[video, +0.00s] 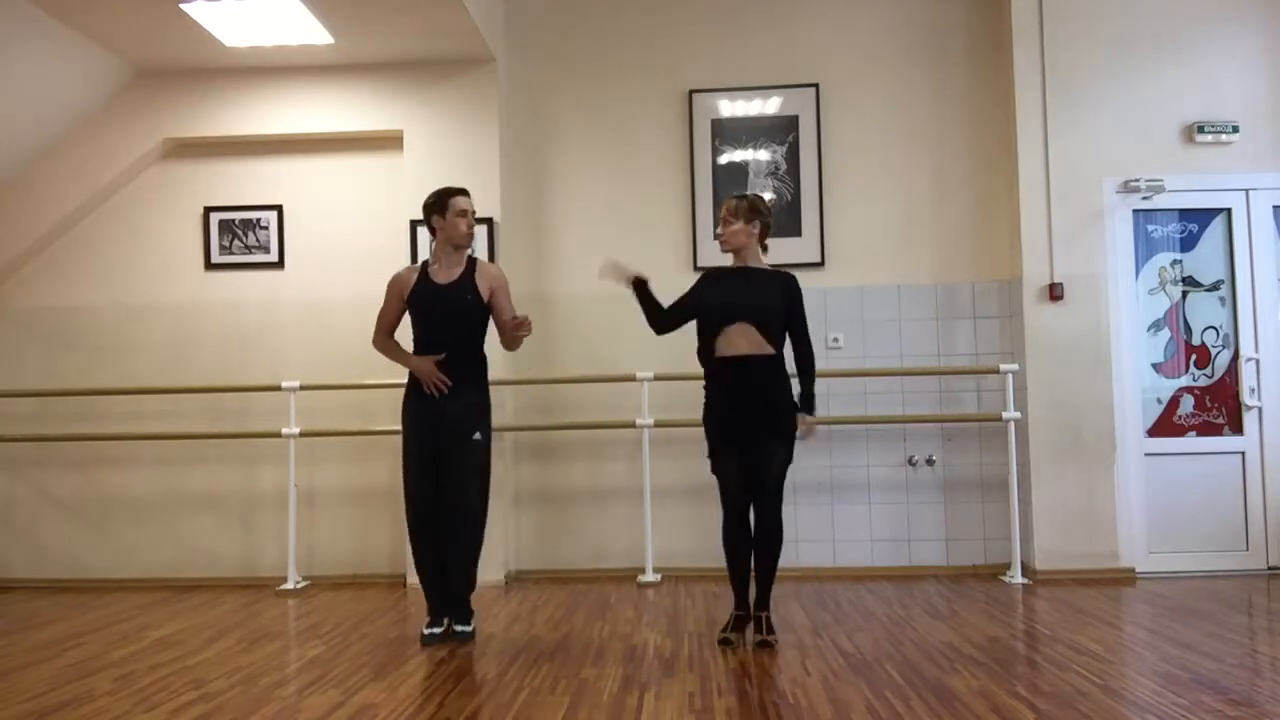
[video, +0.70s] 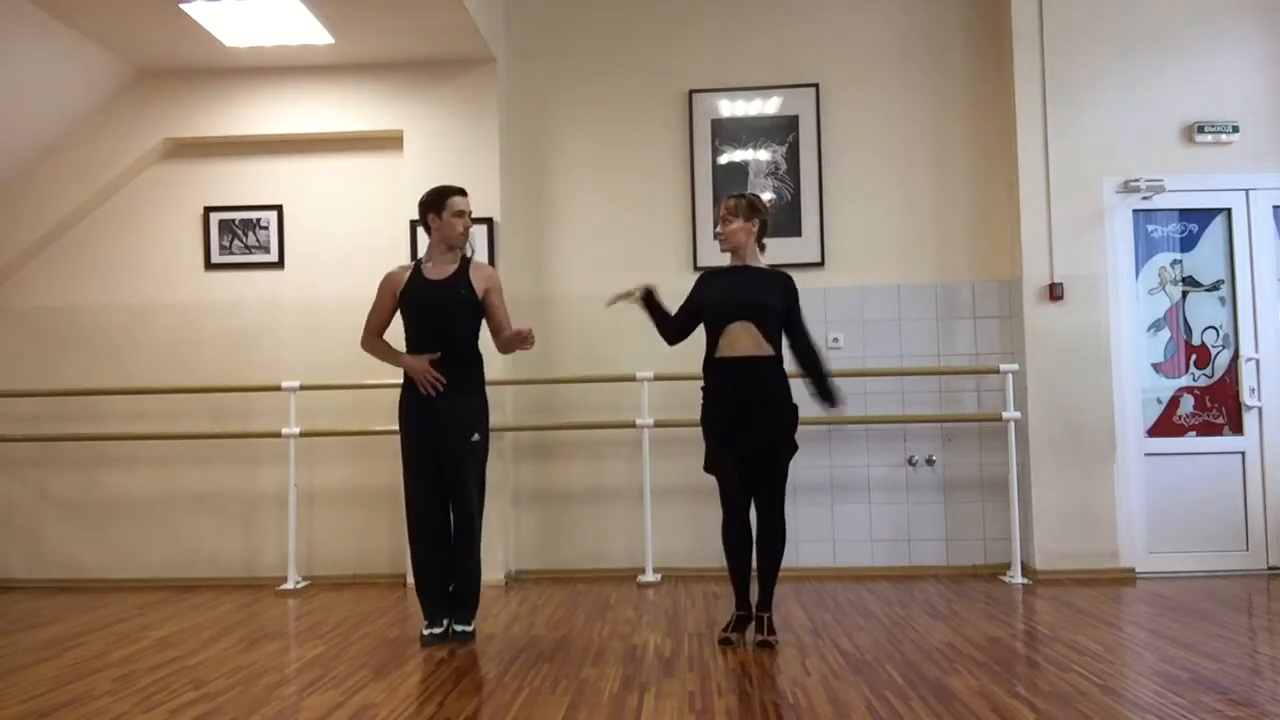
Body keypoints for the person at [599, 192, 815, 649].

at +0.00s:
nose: (721, 228)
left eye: (730, 221)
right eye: (720, 222)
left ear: (756, 228)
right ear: (729, 231)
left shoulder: (782, 283)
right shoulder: (711, 283)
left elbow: (802, 346)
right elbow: (661, 323)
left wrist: (806, 403)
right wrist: (638, 284)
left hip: (773, 402)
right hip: (725, 402)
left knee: (768, 506)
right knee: (734, 507)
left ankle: (762, 609)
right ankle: (740, 608)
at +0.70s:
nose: (722, 227)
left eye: (731, 219)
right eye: (720, 221)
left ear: (755, 227)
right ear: (721, 231)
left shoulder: (779, 282)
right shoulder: (709, 281)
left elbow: (799, 340)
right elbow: (673, 333)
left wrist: (824, 388)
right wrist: (648, 298)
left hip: (770, 394)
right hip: (722, 395)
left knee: (770, 506)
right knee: (733, 506)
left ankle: (764, 609)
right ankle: (741, 608)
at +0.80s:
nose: (716, 223)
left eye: (725, 215)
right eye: (716, 216)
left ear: (752, 223)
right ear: (728, 226)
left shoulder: (783, 277)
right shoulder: (707, 274)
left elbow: (835, 322)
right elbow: (672, 318)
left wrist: (886, 357)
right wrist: (674, 273)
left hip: (765, 395)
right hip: (716, 395)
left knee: (763, 504)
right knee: (729, 503)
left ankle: (764, 607)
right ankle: (737, 606)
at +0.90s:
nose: (718, 220)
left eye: (727, 213)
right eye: (716, 214)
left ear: (752, 220)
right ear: (717, 223)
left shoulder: (785, 269)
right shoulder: (708, 266)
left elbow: (846, 288)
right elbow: (683, 319)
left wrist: (907, 304)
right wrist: (712, 283)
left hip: (762, 391)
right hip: (713, 391)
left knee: (749, 496)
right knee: (725, 498)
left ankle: (756, 602)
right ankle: (738, 602)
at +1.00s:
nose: (718, 232)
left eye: (727, 225)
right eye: (716, 226)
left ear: (752, 230)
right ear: (716, 233)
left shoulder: (782, 283)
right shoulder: (707, 286)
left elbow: (844, 291)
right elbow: (701, 349)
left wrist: (902, 275)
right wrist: (734, 345)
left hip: (758, 410)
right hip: (712, 408)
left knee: (743, 508)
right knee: (727, 507)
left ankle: (744, 609)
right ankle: (744, 609)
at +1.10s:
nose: (718, 229)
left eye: (726, 221)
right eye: (714, 223)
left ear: (750, 224)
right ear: (711, 231)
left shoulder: (779, 278)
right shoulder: (707, 284)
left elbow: (824, 327)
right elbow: (691, 343)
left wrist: (853, 284)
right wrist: (687, 369)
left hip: (762, 396)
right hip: (717, 396)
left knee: (748, 507)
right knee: (721, 506)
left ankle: (748, 612)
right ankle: (732, 606)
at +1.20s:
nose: (714, 217)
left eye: (722, 209)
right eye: (711, 211)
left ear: (749, 213)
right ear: (713, 219)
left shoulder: (777, 264)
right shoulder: (705, 268)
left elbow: (804, 323)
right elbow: (683, 323)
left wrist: (817, 290)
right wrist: (666, 373)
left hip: (766, 380)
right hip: (718, 380)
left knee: (756, 496)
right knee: (716, 461)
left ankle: (751, 609)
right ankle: (726, 539)